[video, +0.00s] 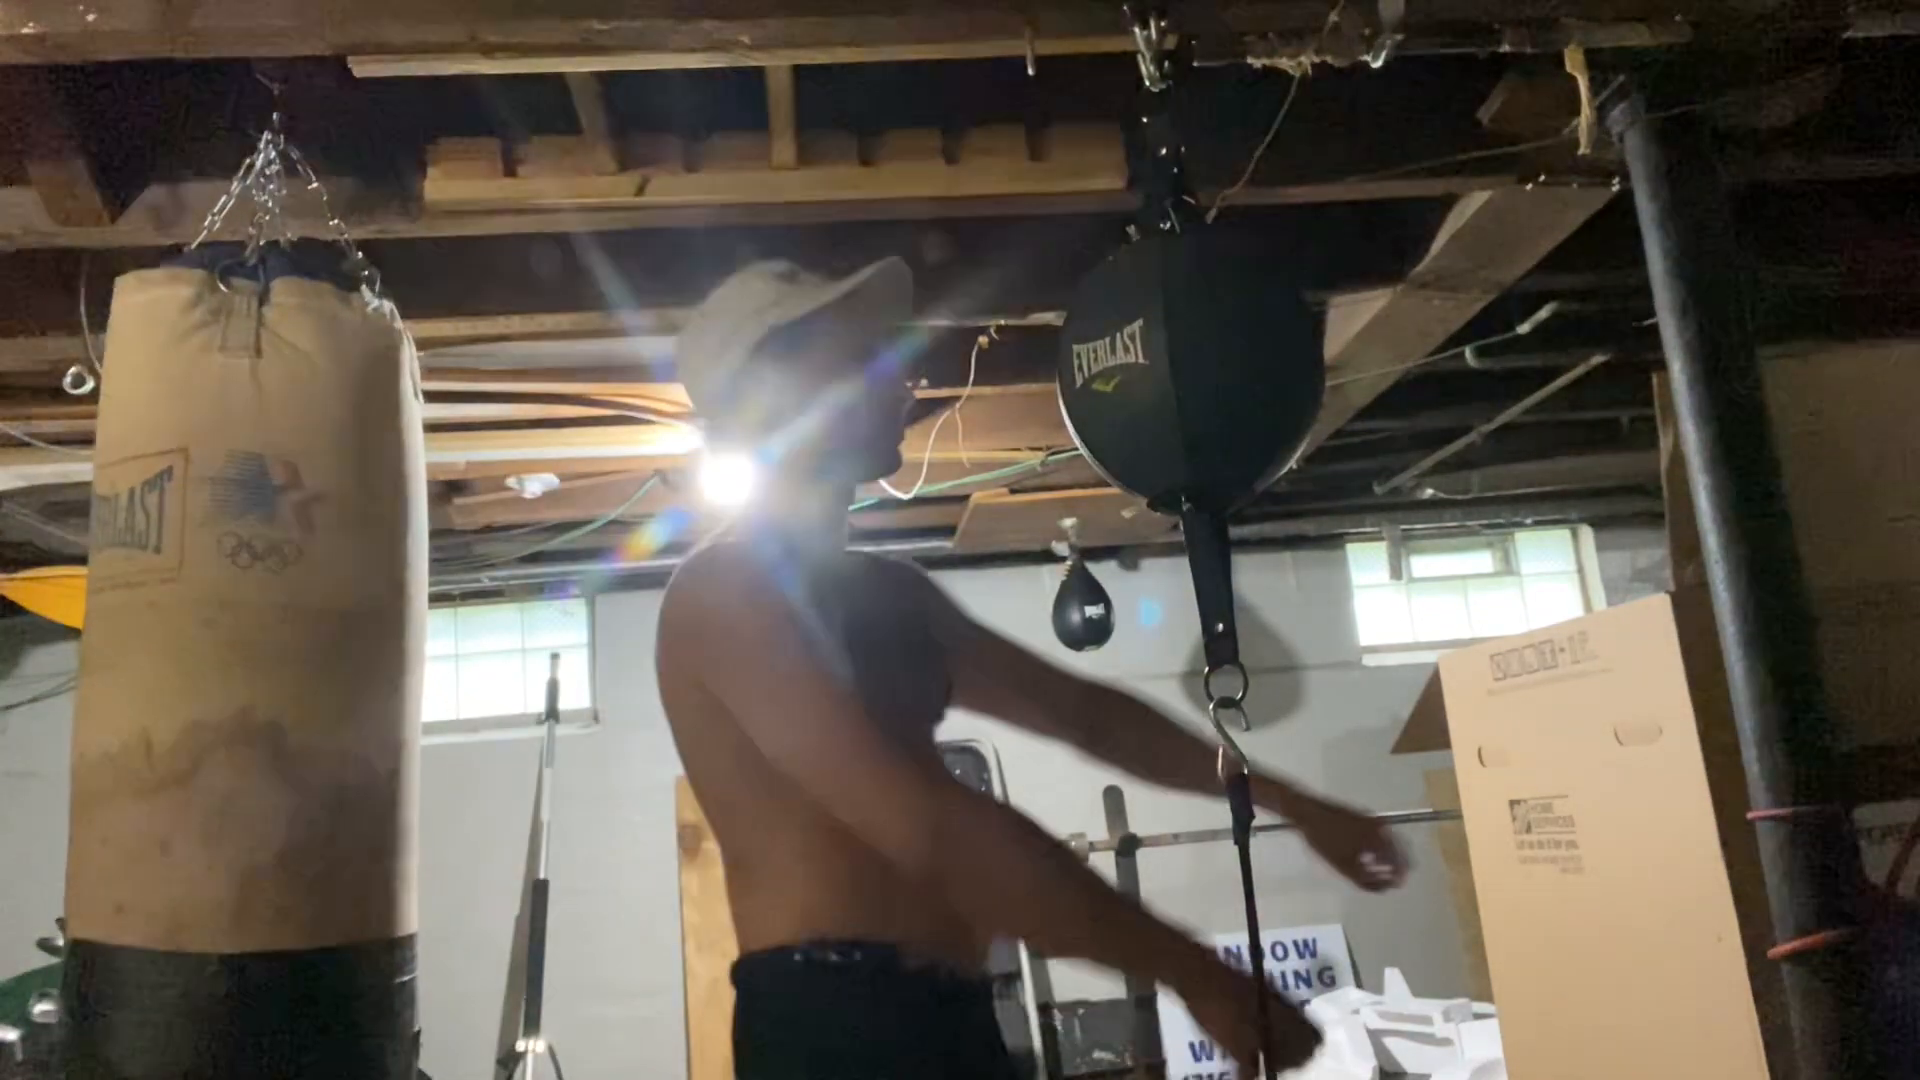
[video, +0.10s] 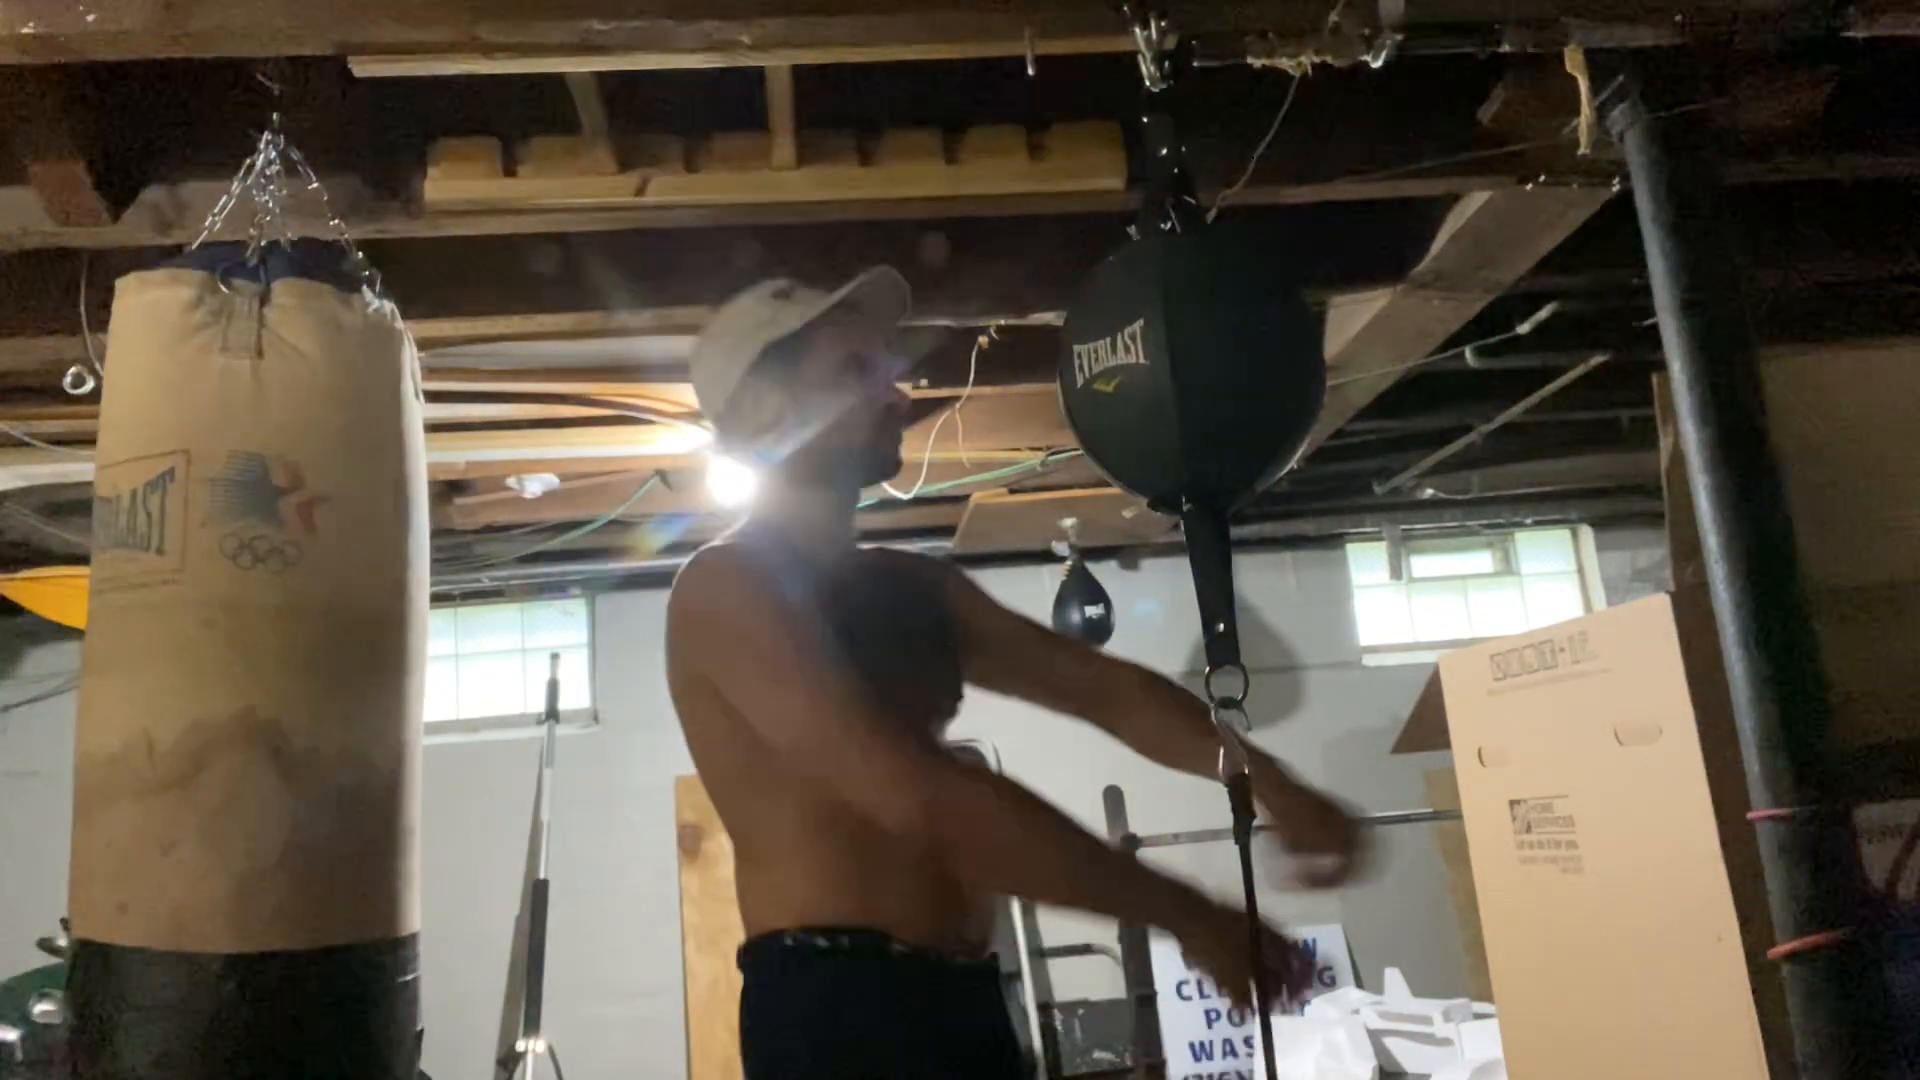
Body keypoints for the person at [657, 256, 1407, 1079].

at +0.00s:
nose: (907, 381)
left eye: (897, 355)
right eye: (871, 358)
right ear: (780, 393)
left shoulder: (887, 589)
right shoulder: (727, 584)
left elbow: (1081, 709)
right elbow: (928, 830)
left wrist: (1288, 802)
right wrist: (1196, 974)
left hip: (956, 1021)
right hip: (837, 1026)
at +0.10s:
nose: (902, 388)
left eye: (886, 363)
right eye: (860, 368)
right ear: (780, 406)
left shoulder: (909, 583)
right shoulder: (729, 586)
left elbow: (1106, 689)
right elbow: (923, 799)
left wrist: (1264, 778)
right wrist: (1188, 915)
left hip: (968, 1006)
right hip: (840, 1011)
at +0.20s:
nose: (889, 406)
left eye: (883, 385)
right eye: (856, 386)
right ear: (781, 421)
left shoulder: (933, 573)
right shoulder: (724, 584)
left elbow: (1085, 663)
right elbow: (891, 767)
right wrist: (1156, 824)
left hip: (970, 982)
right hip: (828, 989)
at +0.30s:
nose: (854, 420)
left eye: (867, 397)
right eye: (819, 401)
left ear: (891, 427)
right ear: (765, 438)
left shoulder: (939, 569)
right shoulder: (720, 589)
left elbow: (1050, 648)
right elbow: (864, 737)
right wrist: (1125, 755)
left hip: (976, 985)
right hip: (824, 993)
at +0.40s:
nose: (831, 446)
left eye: (851, 416)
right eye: (802, 419)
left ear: (881, 444)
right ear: (756, 447)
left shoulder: (945, 575)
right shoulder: (701, 594)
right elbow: (818, 688)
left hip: (974, 987)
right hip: (809, 994)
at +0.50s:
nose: (805, 427)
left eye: (830, 406)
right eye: (776, 411)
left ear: (873, 435)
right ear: (741, 446)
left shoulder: (924, 550)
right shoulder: (688, 588)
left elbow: (994, 592)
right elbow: (750, 655)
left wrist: (742, 498)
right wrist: (982, 549)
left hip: (961, 983)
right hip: (792, 993)